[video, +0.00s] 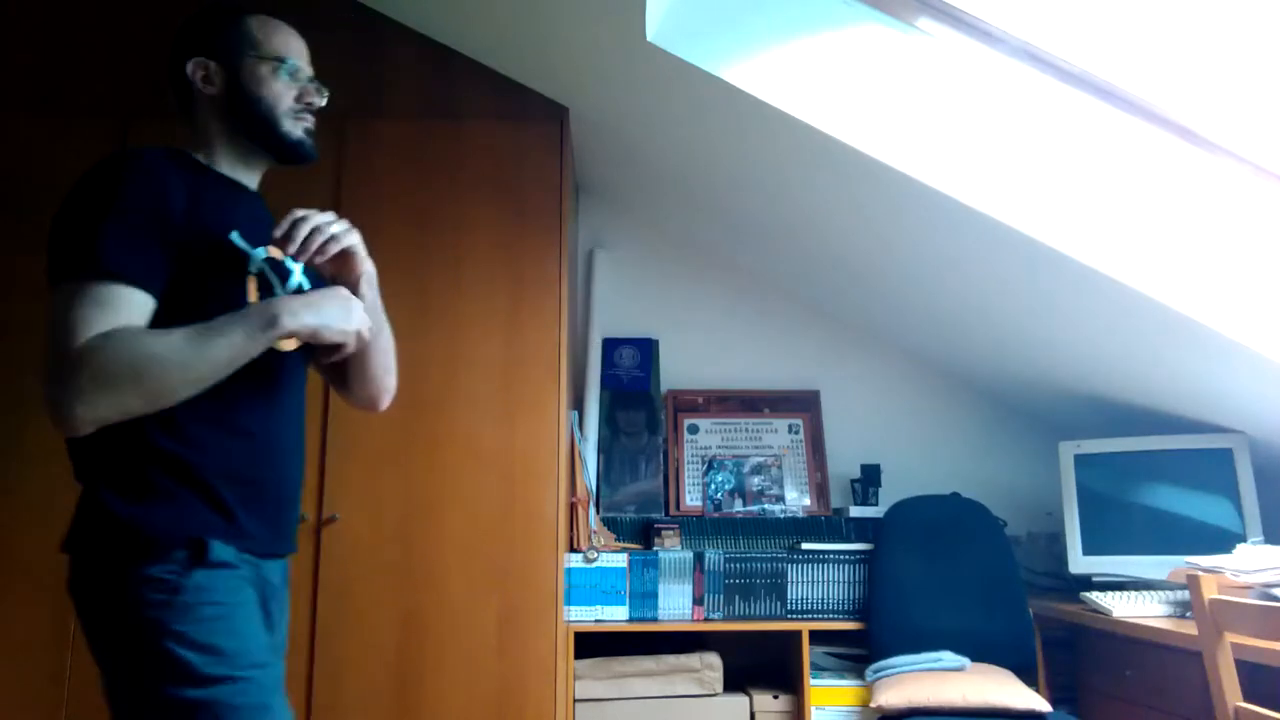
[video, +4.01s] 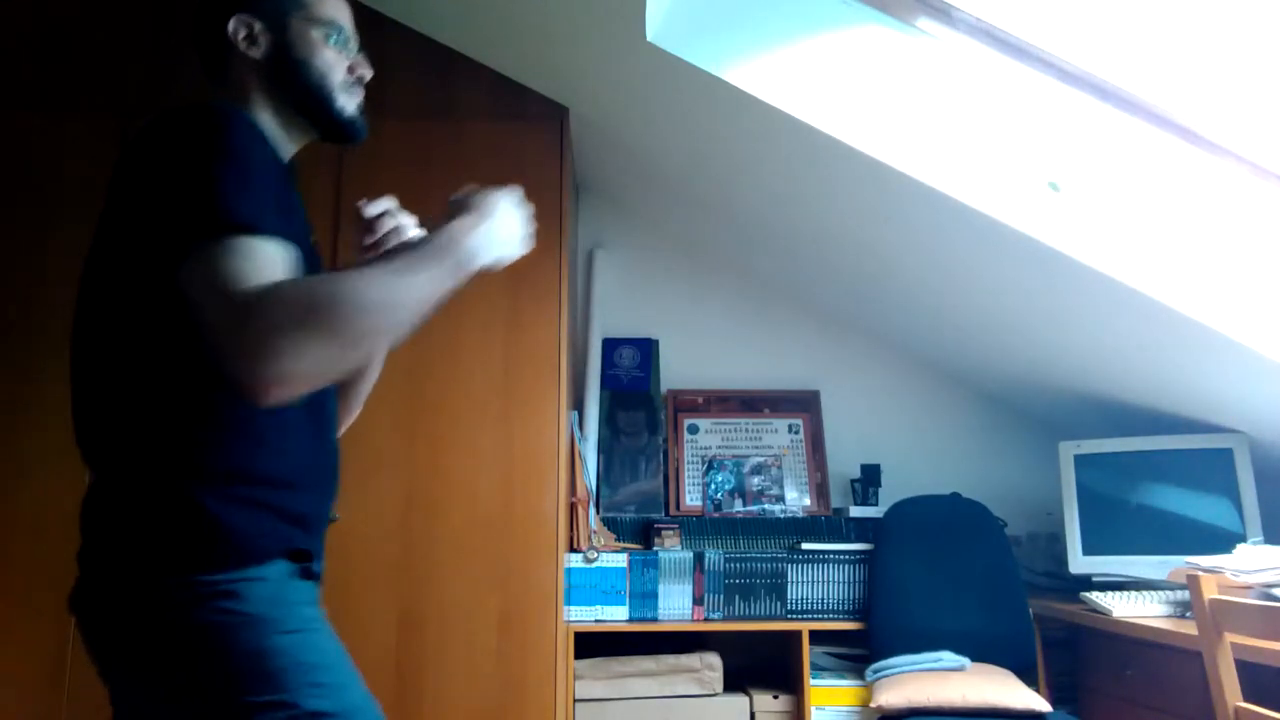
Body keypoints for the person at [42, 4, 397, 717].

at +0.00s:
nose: (316, 92)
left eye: (312, 78)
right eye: (286, 70)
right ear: (208, 79)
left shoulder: (274, 229)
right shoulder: (139, 185)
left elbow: (372, 390)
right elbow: (80, 391)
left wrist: (359, 277)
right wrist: (276, 315)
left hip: (256, 561)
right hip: (170, 562)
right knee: (252, 708)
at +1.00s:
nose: (223, 92)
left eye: (222, 83)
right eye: (188, 72)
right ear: (114, 96)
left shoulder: (220, 248)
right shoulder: (63, 210)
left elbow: (336, 392)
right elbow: (30, 415)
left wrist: (314, 267)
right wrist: (229, 318)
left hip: (240, 585)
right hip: (144, 589)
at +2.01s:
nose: (330, 60)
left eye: (328, 42)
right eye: (302, 30)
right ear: (219, 27)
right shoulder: (194, 115)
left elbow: (303, 396)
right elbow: (335, 282)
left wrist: (355, 249)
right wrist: (500, 202)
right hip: (176, 575)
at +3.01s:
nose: (312, 58)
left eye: (304, 34)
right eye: (281, 25)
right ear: (190, 19)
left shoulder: (221, 177)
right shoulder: (151, 150)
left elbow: (376, 376)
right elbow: (270, 349)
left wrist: (380, 232)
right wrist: (431, 239)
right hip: (210, 610)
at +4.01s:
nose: (362, 64)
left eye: (357, 46)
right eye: (333, 36)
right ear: (250, 38)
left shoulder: (257, 179)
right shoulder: (210, 143)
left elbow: (314, 419)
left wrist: (378, 280)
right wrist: (463, 246)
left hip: (246, 574)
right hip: (215, 578)